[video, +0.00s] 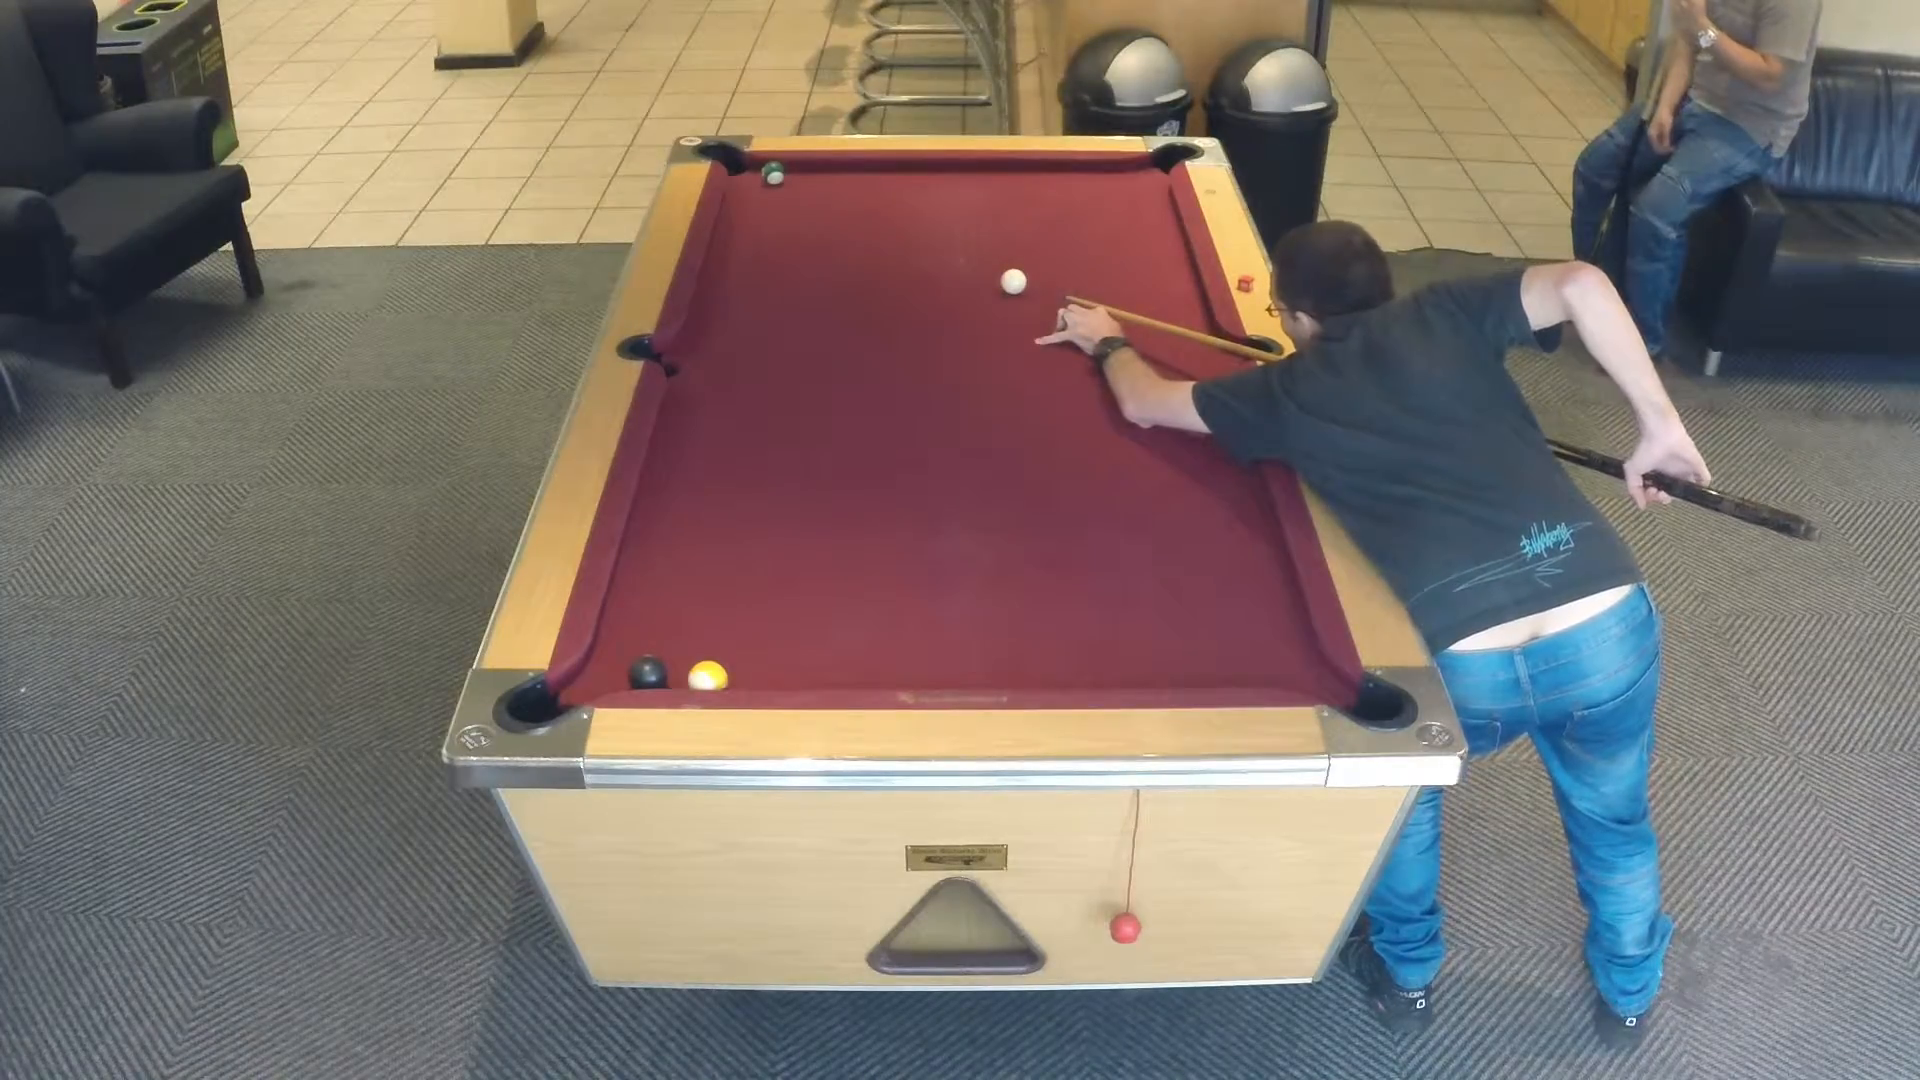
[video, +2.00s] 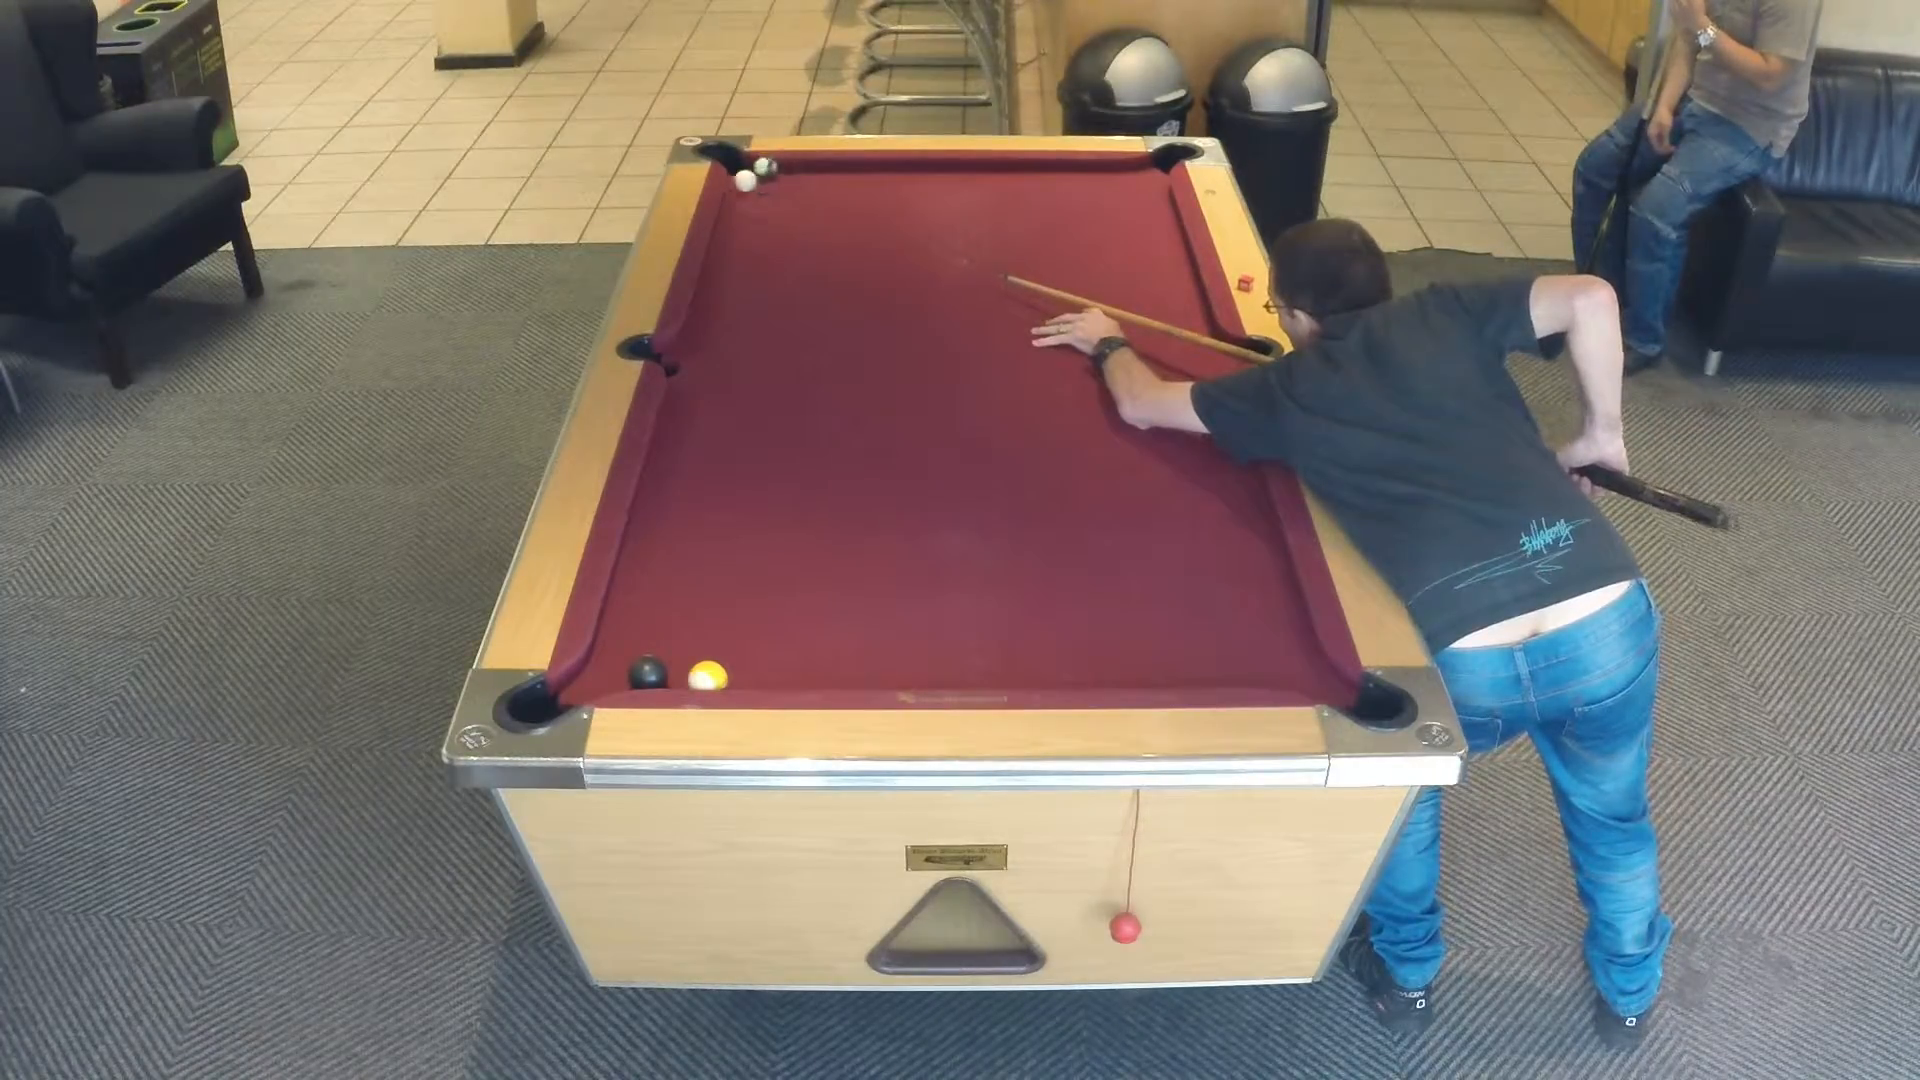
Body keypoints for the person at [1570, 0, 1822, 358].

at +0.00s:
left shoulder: (1792, 6)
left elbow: (1770, 75)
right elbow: (1684, 44)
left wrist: (1703, 29)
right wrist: (1665, 107)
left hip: (1747, 126)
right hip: (1689, 102)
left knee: (1655, 209)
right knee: (1594, 170)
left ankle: (1642, 345)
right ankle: (1589, 302)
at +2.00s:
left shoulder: (1791, 6)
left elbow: (1771, 76)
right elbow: (1685, 39)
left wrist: (1702, 28)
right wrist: (1665, 105)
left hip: (1746, 126)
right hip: (1687, 102)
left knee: (1654, 210)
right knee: (1594, 168)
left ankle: (1642, 342)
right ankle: (1593, 303)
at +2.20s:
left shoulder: (1788, 6)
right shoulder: (1699, 2)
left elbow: (1769, 75)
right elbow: (1684, 42)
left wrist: (1701, 28)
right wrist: (1665, 106)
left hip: (1747, 126)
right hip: (1687, 104)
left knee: (1655, 209)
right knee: (1595, 167)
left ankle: (1642, 340)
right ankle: (1594, 301)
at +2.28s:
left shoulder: (1785, 5)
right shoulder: (1698, 2)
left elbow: (1767, 75)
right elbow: (1682, 44)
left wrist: (1700, 28)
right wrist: (1664, 108)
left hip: (1747, 127)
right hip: (1688, 105)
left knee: (1654, 211)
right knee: (1595, 168)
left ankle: (1643, 340)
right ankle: (1594, 302)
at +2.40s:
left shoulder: (1774, 6)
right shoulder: (1689, 3)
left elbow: (1760, 75)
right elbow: (1676, 46)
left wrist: (1693, 28)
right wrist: (1659, 109)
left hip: (1747, 128)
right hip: (1688, 107)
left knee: (1652, 211)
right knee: (1594, 166)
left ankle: (1642, 341)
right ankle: (1594, 305)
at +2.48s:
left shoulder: (1763, 5)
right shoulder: (1683, 3)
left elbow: (1751, 74)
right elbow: (1672, 46)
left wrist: (1686, 30)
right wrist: (1655, 109)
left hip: (1745, 126)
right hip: (1685, 107)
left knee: (1652, 212)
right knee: (1593, 168)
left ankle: (1635, 343)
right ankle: (1593, 306)